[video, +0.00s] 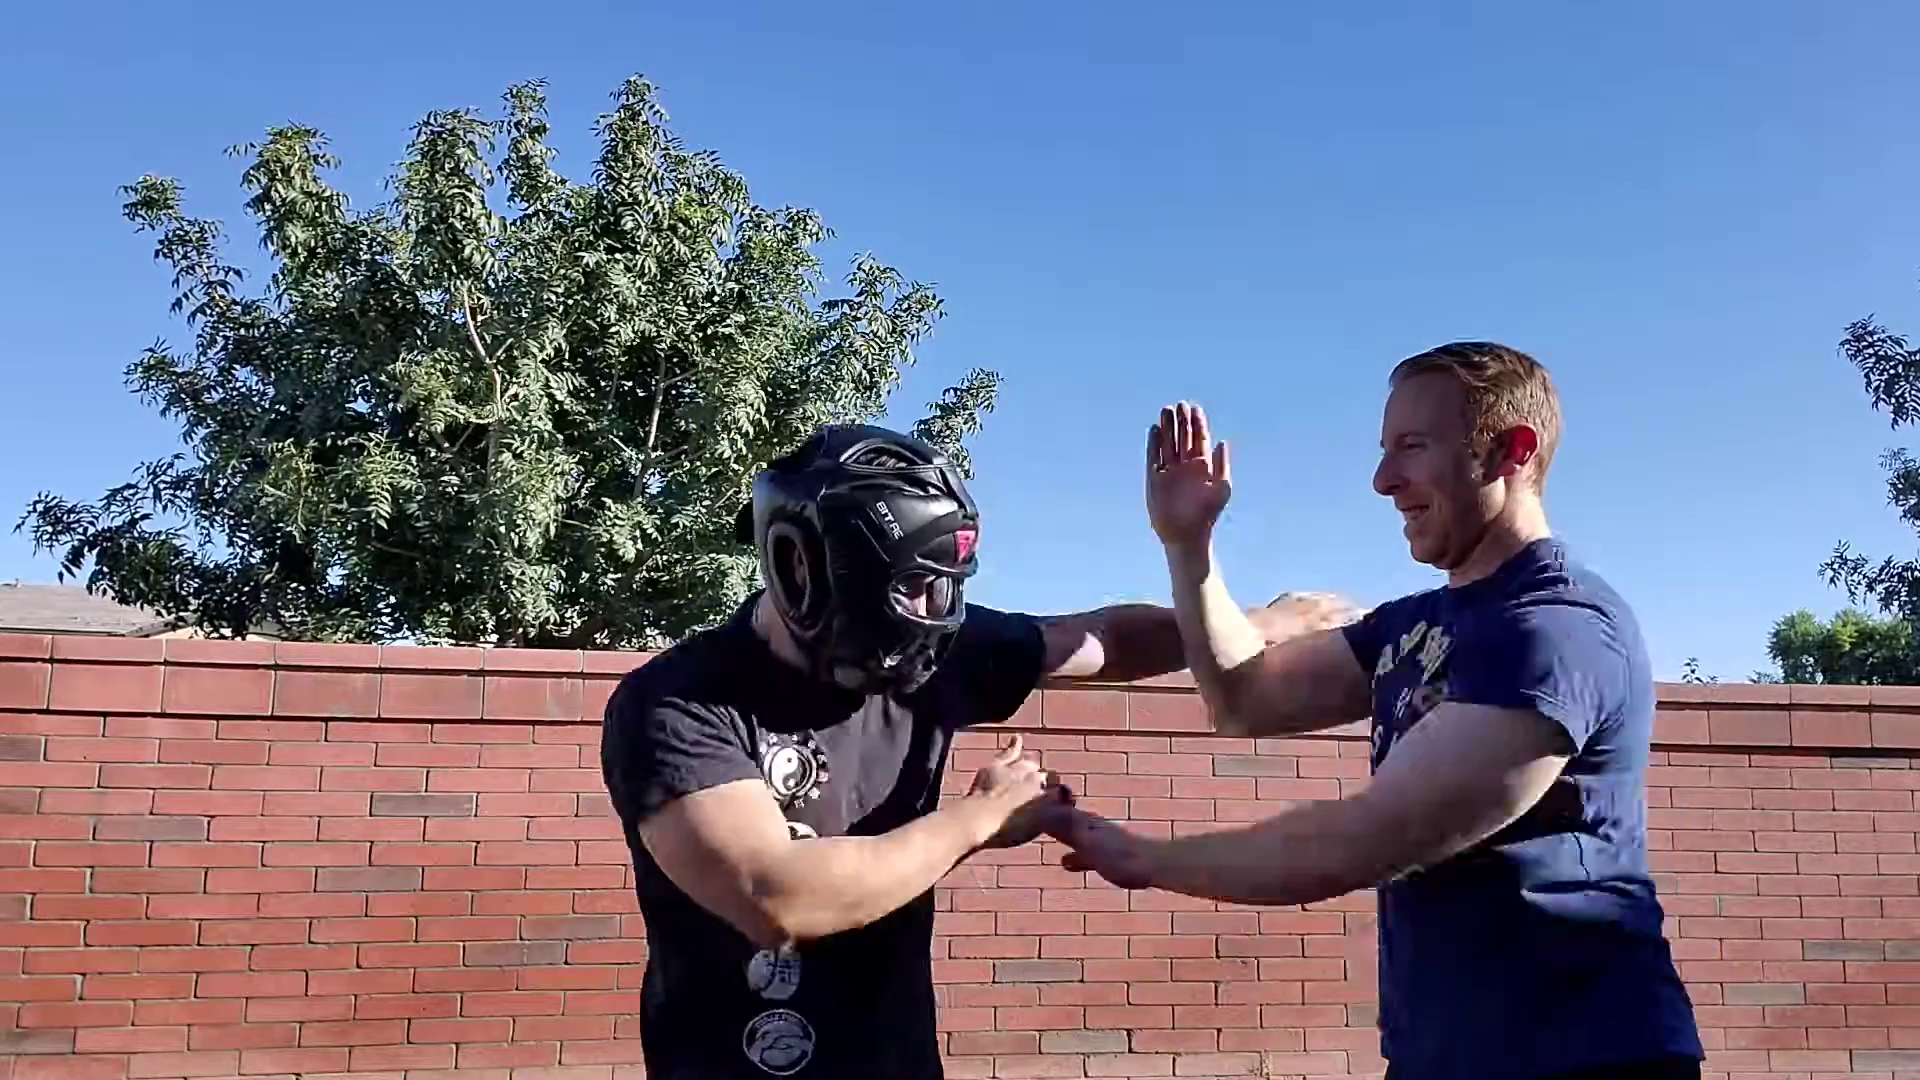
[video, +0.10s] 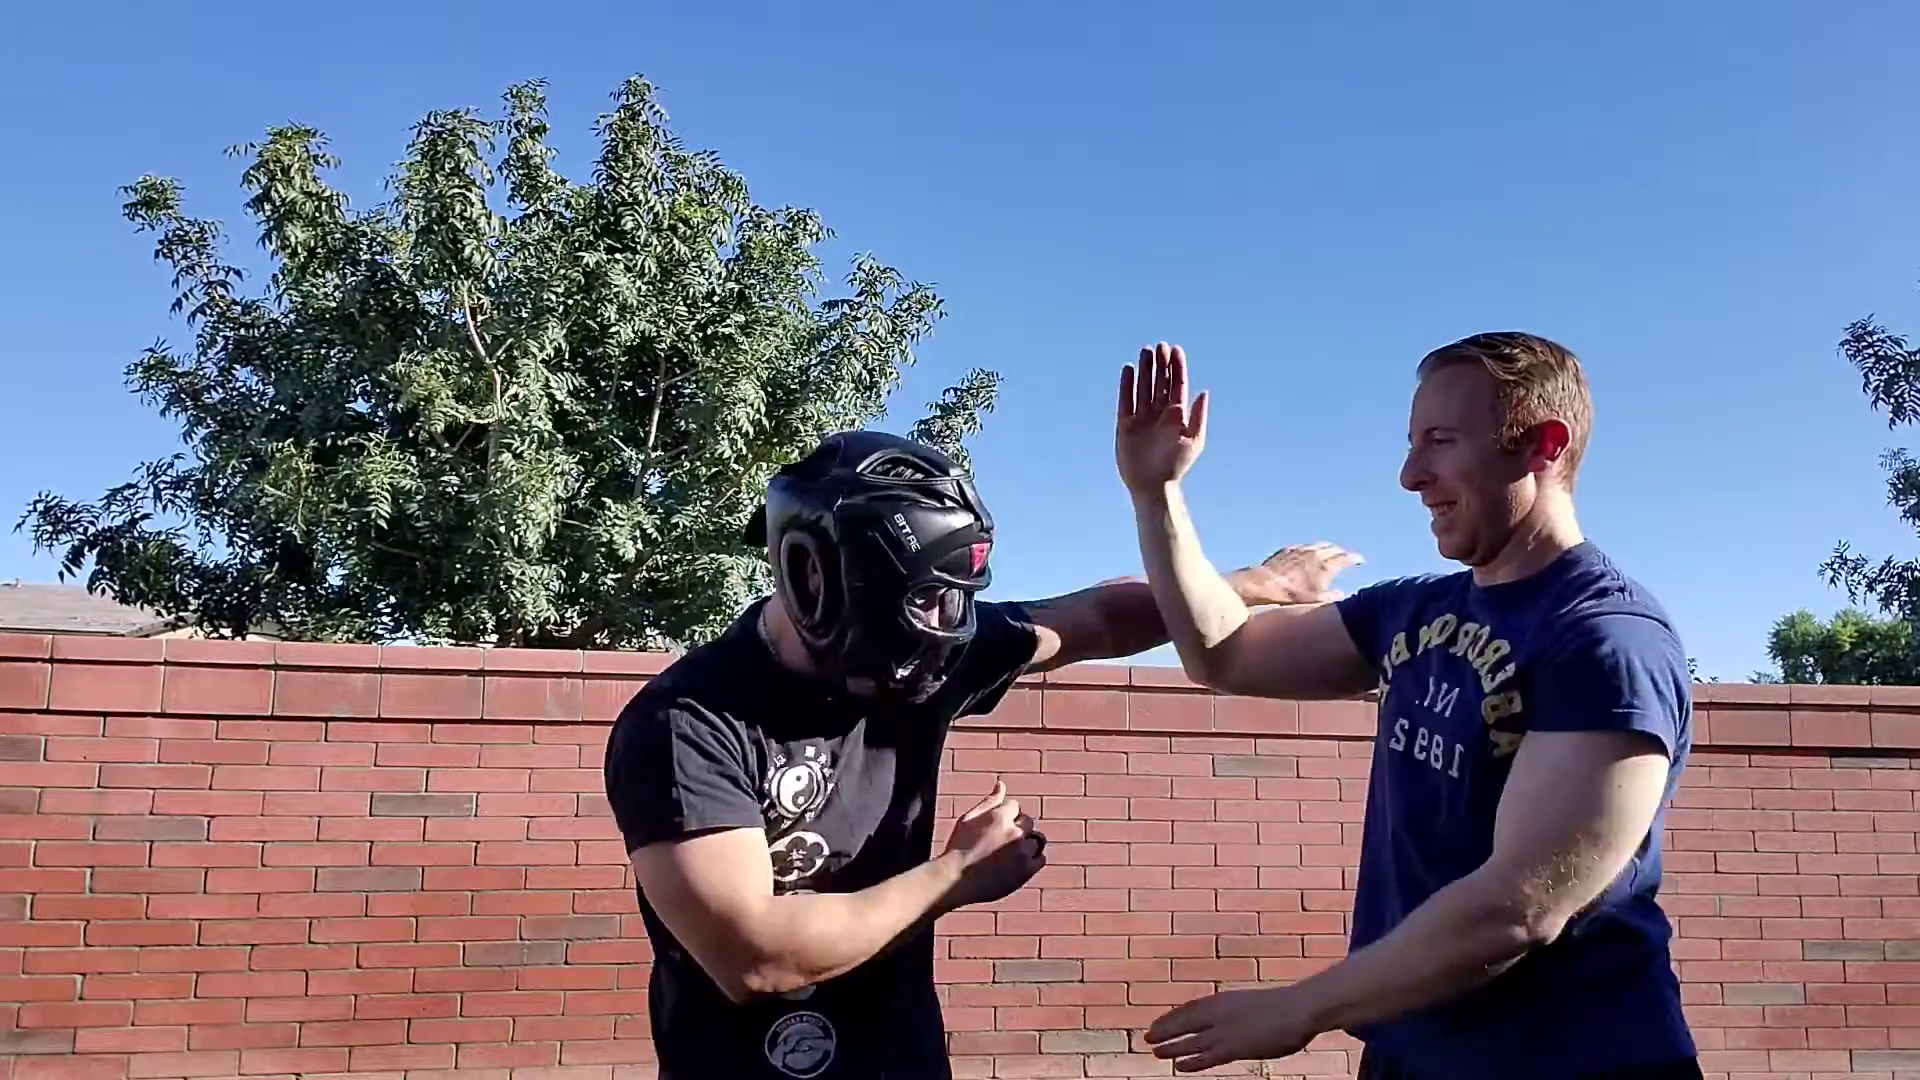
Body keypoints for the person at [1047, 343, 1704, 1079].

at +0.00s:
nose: (1383, 476)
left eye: (1413, 445)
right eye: (1385, 449)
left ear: (1513, 451)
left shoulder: (1558, 631)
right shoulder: (1411, 628)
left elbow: (1374, 837)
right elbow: (1243, 695)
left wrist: (1148, 857)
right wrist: (1188, 547)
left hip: (1579, 1051)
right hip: (1439, 1051)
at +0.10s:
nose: (1410, 474)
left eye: (1440, 441)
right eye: (1413, 446)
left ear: (1542, 450)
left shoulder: (1610, 641)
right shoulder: (1418, 613)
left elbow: (1519, 905)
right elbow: (1222, 653)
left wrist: (1302, 1007)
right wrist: (1156, 492)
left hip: (1569, 1057)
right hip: (1412, 1049)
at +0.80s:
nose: (1393, 473)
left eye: (1420, 442)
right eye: (1396, 449)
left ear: (1526, 453)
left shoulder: (1578, 610)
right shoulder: (1428, 645)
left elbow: (1310, 693)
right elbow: (1374, 857)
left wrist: (1068, 640)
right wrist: (1326, 863)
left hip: (1596, 1049)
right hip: (1443, 1055)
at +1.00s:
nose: (1379, 478)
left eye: (1405, 446)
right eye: (1383, 452)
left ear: (1505, 454)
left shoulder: (1565, 612)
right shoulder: (1420, 643)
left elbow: (1298, 693)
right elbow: (1371, 861)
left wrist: (1075, 634)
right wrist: (1318, 859)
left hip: (1588, 1041)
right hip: (1436, 1047)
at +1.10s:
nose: (1377, 480)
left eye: (1403, 448)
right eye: (1380, 455)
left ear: (1506, 454)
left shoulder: (1567, 613)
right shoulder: (1417, 647)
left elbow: (1308, 691)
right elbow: (1371, 860)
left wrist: (1078, 645)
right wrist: (1313, 857)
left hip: (1592, 1043)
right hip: (1438, 1049)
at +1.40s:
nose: (1369, 480)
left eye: (1396, 447)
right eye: (1370, 456)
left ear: (1499, 453)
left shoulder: (1563, 611)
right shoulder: (1406, 646)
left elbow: (1308, 689)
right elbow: (1362, 862)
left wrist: (1078, 640)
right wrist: (1309, 861)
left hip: (1596, 1045)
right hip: (1439, 1052)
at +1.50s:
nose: (1364, 483)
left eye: (1390, 451)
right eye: (1364, 459)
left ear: (1494, 453)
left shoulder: (1565, 612)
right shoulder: (1406, 646)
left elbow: (1302, 685)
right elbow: (1359, 865)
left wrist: (1074, 637)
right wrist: (1312, 861)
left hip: (1598, 1046)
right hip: (1439, 1053)